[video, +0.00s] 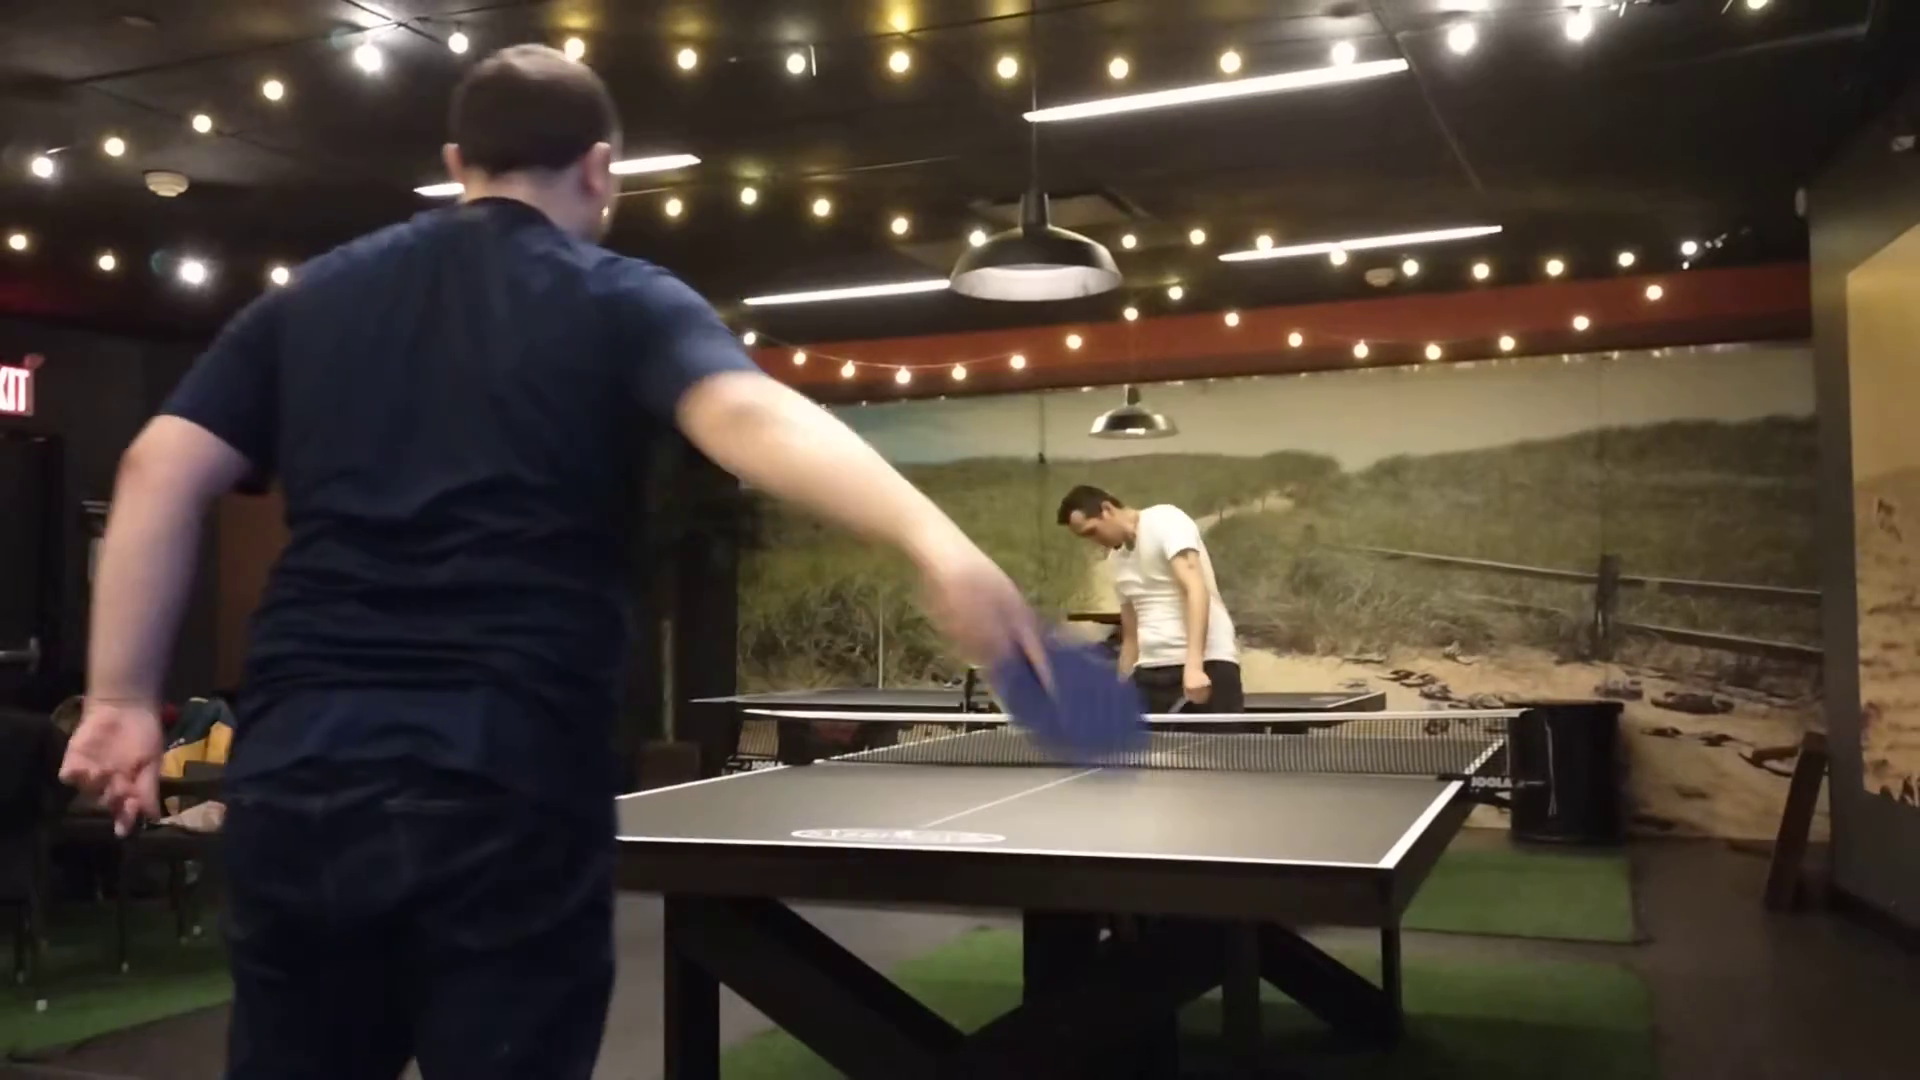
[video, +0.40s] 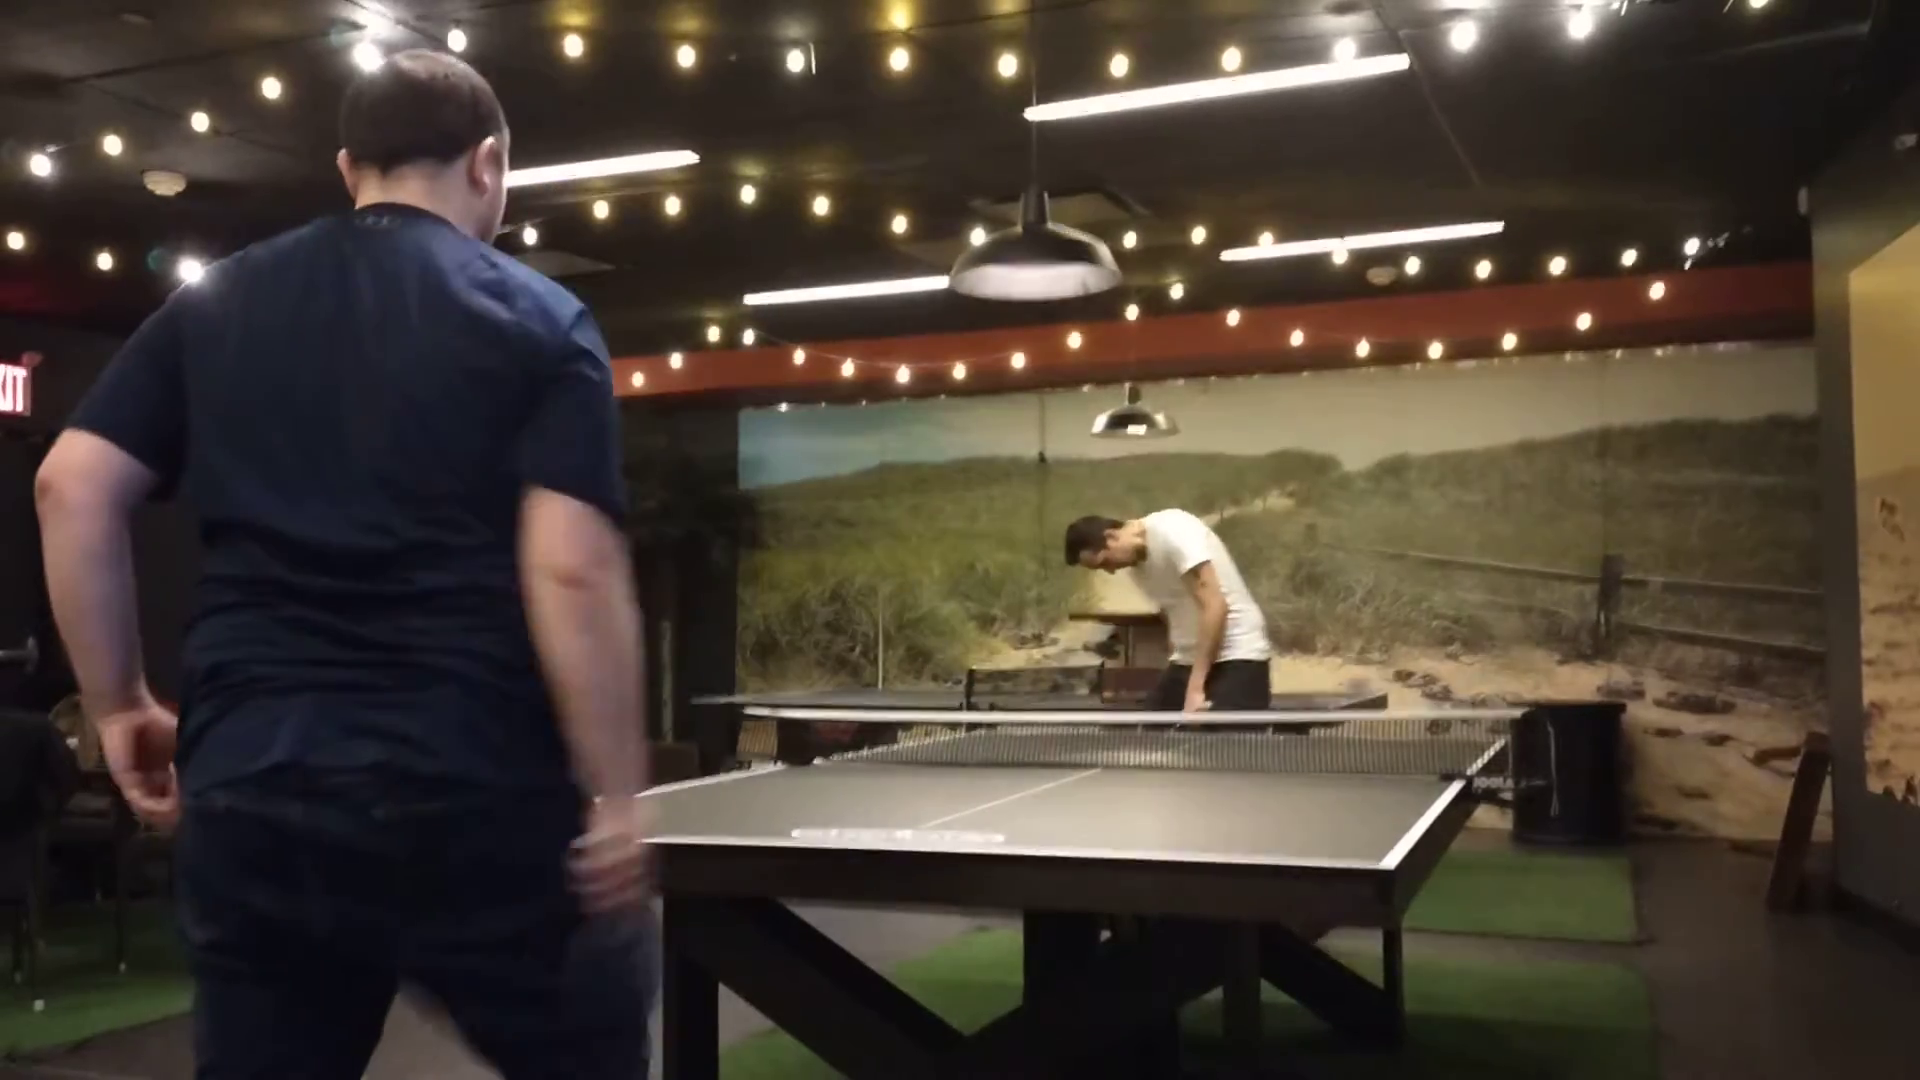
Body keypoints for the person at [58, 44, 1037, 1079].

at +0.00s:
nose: (612, 198)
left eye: (610, 179)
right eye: (613, 179)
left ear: (455, 167)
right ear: (595, 172)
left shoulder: (307, 296)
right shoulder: (617, 296)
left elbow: (164, 467)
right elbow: (747, 417)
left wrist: (120, 694)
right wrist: (937, 543)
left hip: (294, 778)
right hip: (513, 789)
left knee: (294, 1060)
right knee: (511, 1060)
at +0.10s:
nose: (572, 196)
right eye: (572, 174)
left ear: (415, 169)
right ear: (556, 171)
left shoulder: (272, 294)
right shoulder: (572, 288)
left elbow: (126, 480)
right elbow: (646, 389)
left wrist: (98, 707)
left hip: (258, 800)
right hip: (480, 806)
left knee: (261, 1059)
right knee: (522, 1059)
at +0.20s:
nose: (533, 195)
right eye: (535, 172)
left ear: (375, 169)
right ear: (515, 168)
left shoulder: (237, 297)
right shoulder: (543, 291)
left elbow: (98, 484)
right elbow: (568, 426)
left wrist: (102, 712)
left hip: (244, 807)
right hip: (466, 805)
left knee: (246, 1060)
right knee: (570, 1056)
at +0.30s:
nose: (507, 194)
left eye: (507, 171)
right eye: (507, 170)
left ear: (352, 168)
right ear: (487, 164)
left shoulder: (216, 300)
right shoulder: (532, 306)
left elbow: (79, 491)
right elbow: (532, 507)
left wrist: (115, 708)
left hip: (238, 799)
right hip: (449, 806)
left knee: (249, 1060)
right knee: (587, 1056)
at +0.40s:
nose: (506, 191)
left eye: (508, 169)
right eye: (507, 167)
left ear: (349, 170)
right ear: (487, 163)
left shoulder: (215, 301)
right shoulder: (545, 321)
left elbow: (76, 485)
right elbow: (570, 563)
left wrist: (119, 703)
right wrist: (620, 797)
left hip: (254, 795)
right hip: (483, 797)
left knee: (256, 1061)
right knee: (593, 1056)